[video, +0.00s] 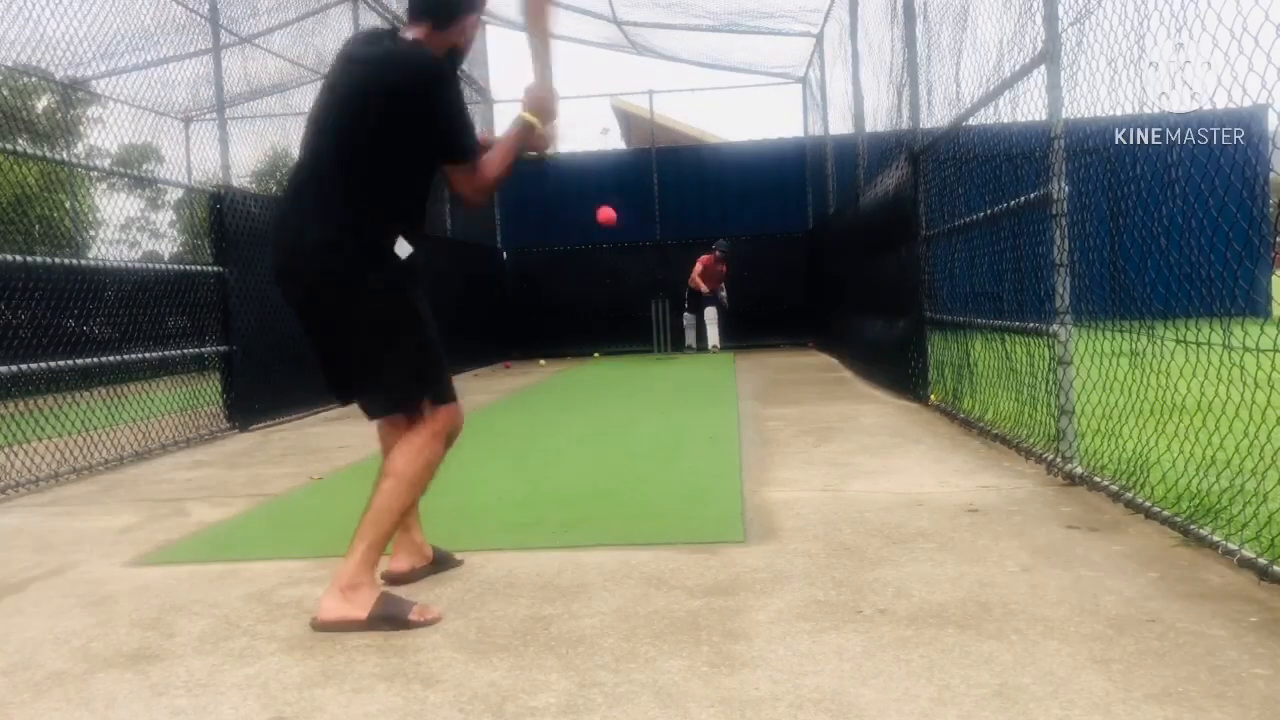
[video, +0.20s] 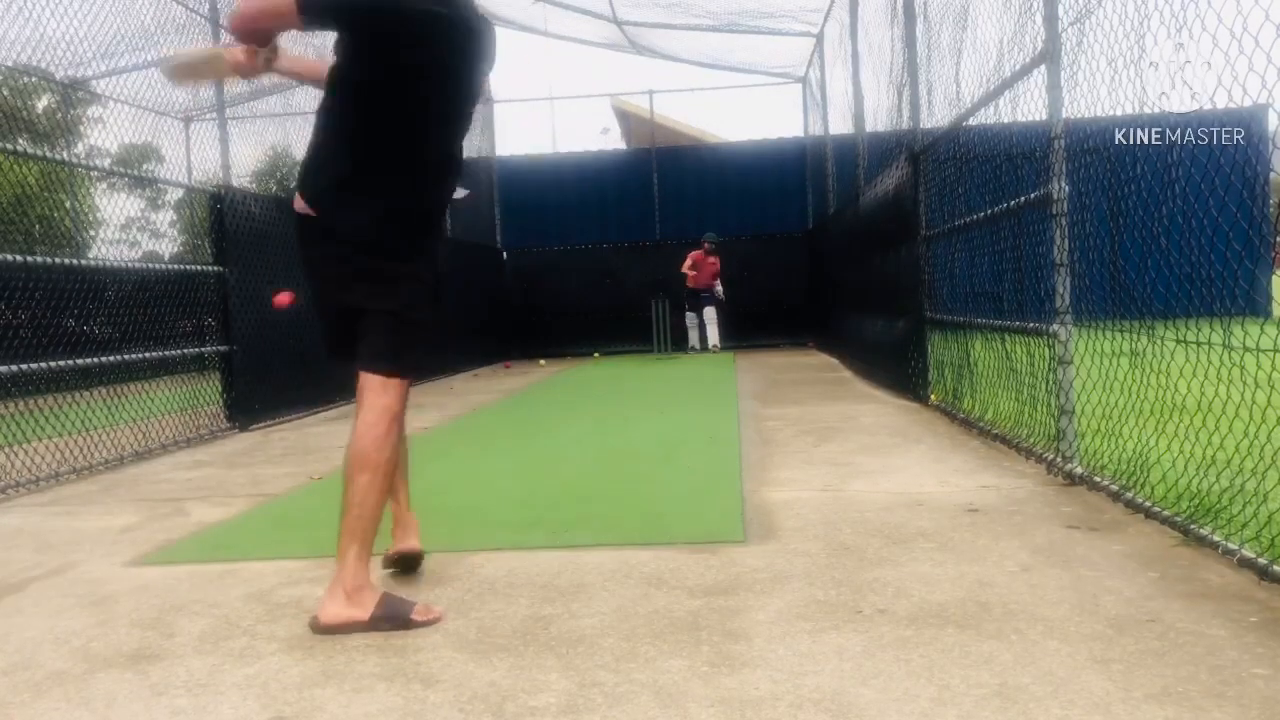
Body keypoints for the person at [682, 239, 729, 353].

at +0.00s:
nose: (721, 254)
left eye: (723, 252)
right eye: (719, 251)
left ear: (725, 254)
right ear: (714, 250)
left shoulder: (722, 266)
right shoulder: (704, 260)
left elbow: (720, 283)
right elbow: (694, 275)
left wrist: (723, 294)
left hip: (710, 292)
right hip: (695, 290)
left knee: (711, 315)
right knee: (690, 317)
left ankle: (714, 345)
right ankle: (690, 345)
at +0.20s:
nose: (709, 246)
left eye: (711, 244)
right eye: (707, 243)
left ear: (714, 245)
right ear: (703, 243)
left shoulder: (715, 259)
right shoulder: (694, 255)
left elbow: (716, 277)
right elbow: (684, 269)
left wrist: (719, 289)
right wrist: (689, 272)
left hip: (707, 290)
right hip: (693, 290)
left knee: (710, 316)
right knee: (691, 318)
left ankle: (714, 344)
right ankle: (693, 346)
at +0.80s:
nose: (696, 248)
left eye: (699, 245)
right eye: (694, 245)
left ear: (704, 245)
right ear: (692, 247)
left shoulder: (714, 259)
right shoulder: (690, 261)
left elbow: (721, 275)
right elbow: (688, 278)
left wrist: (717, 283)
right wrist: (687, 275)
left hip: (710, 292)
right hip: (696, 293)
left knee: (716, 314)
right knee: (690, 317)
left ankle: (725, 343)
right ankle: (693, 346)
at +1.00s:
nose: (701, 255)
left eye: (703, 252)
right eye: (700, 253)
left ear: (710, 251)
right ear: (699, 255)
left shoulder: (723, 261)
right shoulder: (700, 268)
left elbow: (732, 277)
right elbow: (697, 283)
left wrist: (725, 285)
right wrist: (684, 284)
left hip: (723, 295)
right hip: (709, 296)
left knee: (729, 314)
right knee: (698, 318)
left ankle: (738, 345)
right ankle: (694, 347)